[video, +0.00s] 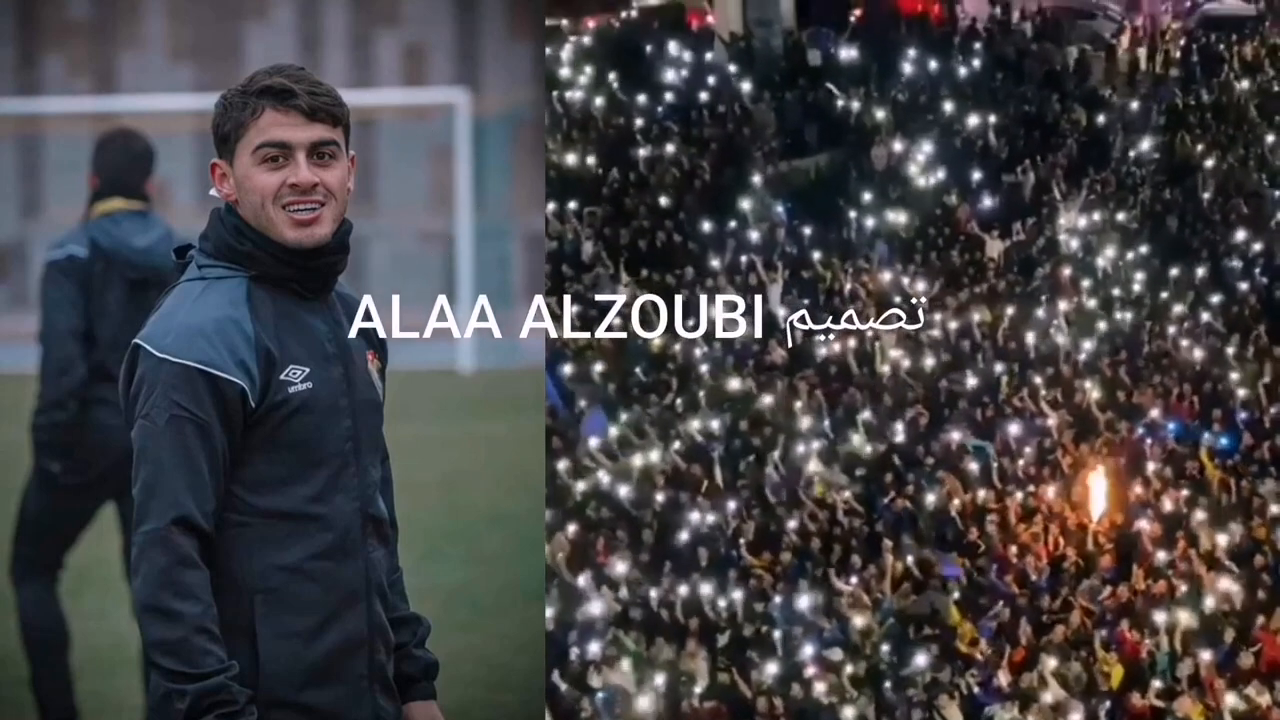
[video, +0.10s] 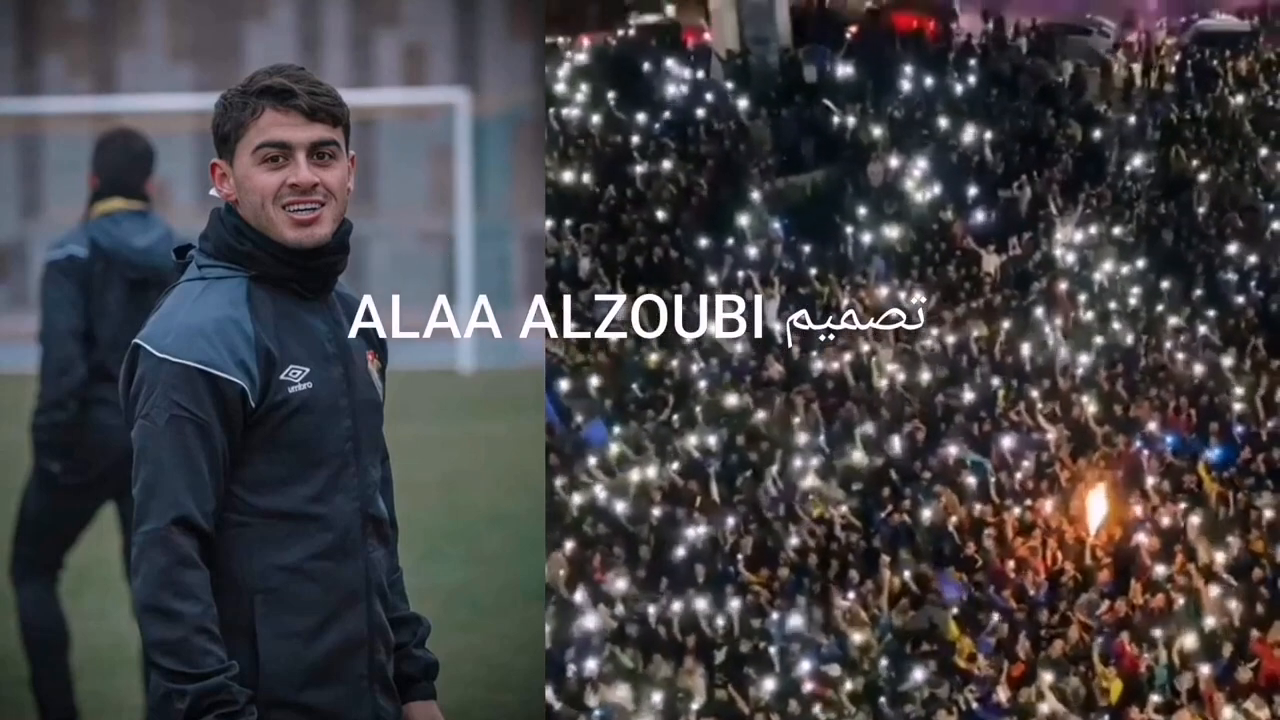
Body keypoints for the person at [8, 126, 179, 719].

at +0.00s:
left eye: (94, 173)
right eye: (149, 178)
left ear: (94, 180)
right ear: (152, 185)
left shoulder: (73, 253)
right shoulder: (178, 254)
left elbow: (65, 361)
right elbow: (190, 351)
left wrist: (51, 440)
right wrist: (175, 429)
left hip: (88, 448)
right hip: (158, 447)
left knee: (34, 569)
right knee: (157, 580)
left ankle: (57, 708)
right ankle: (167, 705)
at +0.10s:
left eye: (93, 173)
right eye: (149, 178)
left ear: (94, 180)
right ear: (152, 185)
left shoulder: (73, 253)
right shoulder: (178, 254)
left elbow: (65, 361)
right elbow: (190, 351)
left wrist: (52, 441)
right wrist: (174, 429)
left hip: (88, 448)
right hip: (158, 447)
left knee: (34, 569)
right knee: (156, 580)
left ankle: (57, 708)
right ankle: (167, 705)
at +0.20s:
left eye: (93, 173)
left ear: (94, 180)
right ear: (152, 185)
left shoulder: (73, 253)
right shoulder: (178, 254)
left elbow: (65, 361)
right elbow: (190, 351)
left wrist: (51, 440)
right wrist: (174, 428)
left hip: (88, 448)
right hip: (158, 447)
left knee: (34, 569)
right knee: (157, 580)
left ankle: (57, 708)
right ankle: (167, 705)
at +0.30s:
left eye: (93, 173)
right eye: (149, 178)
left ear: (94, 180)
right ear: (152, 185)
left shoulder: (73, 253)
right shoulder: (178, 254)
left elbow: (65, 361)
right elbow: (190, 351)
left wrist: (52, 441)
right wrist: (174, 429)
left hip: (88, 448)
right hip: (158, 447)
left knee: (34, 569)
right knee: (156, 580)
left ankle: (57, 708)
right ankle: (167, 705)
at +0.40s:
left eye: (93, 173)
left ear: (94, 180)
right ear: (152, 185)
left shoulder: (73, 253)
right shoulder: (178, 254)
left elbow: (65, 361)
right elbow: (190, 351)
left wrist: (51, 440)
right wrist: (174, 428)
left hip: (88, 448)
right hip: (158, 447)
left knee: (34, 569)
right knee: (157, 580)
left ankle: (57, 708)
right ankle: (167, 705)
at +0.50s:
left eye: (93, 173)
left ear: (94, 180)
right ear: (152, 185)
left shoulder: (73, 253)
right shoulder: (178, 254)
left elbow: (65, 361)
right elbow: (190, 351)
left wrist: (51, 440)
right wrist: (174, 428)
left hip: (88, 448)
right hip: (158, 447)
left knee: (34, 569)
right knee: (157, 580)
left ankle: (57, 708)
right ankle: (167, 705)